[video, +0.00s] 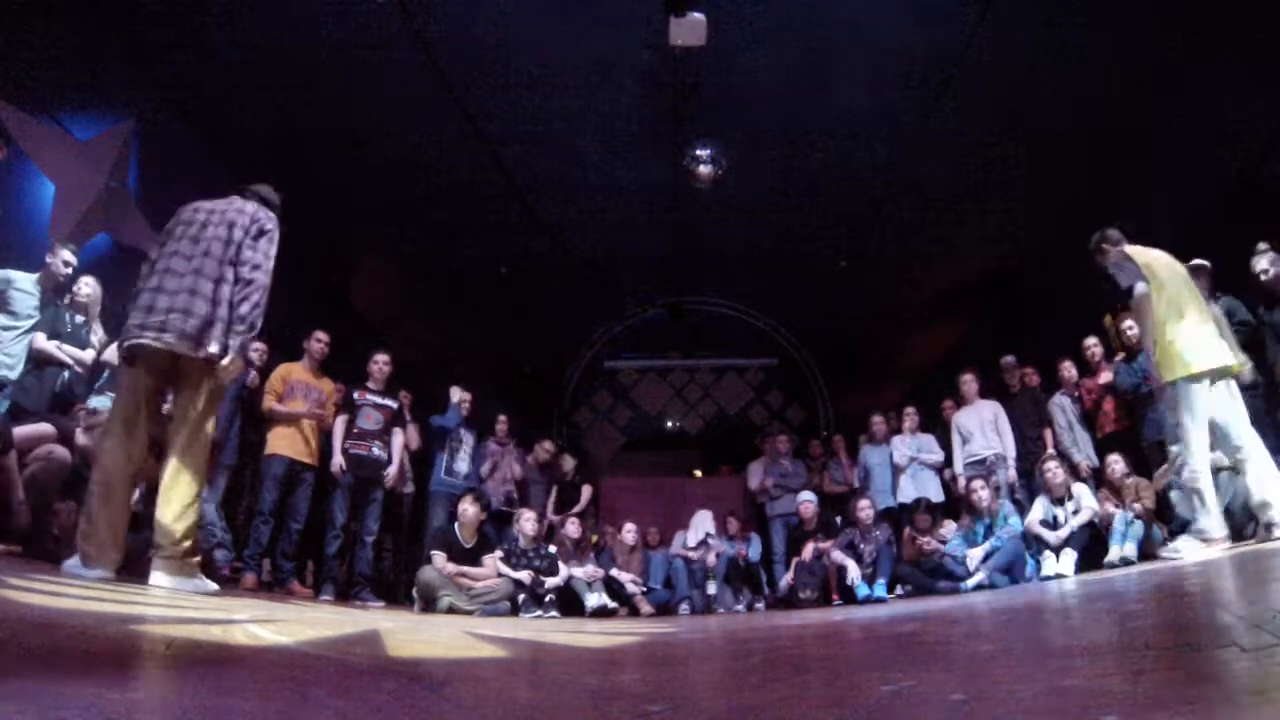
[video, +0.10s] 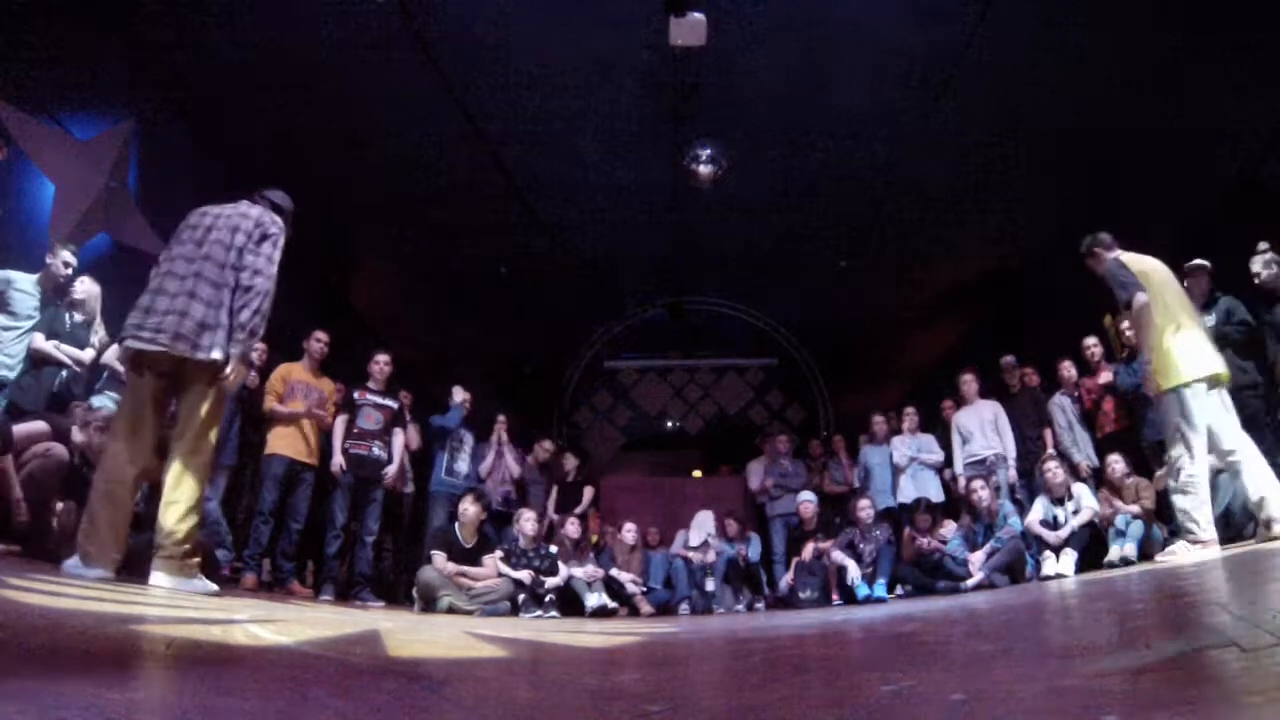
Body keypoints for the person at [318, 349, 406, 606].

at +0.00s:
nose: (380, 367)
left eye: (385, 364)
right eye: (376, 362)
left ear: (391, 369)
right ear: (368, 366)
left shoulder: (395, 403)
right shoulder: (353, 394)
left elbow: (398, 435)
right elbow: (340, 423)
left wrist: (395, 465)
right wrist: (336, 454)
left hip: (377, 467)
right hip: (349, 463)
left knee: (369, 531)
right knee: (337, 526)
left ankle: (361, 586)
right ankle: (328, 584)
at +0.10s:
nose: (381, 367)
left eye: (386, 364)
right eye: (377, 363)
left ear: (391, 369)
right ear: (369, 366)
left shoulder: (396, 404)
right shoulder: (354, 394)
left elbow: (398, 435)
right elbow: (340, 423)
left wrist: (395, 464)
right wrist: (336, 454)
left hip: (377, 468)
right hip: (349, 463)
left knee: (369, 531)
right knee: (337, 527)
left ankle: (361, 586)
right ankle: (328, 584)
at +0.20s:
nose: (381, 368)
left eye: (386, 364)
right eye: (377, 363)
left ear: (392, 370)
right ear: (369, 366)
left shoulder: (396, 404)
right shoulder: (354, 394)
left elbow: (398, 435)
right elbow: (340, 422)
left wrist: (395, 464)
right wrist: (336, 453)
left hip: (377, 468)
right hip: (349, 463)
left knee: (369, 531)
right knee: (337, 526)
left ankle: (361, 586)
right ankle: (328, 584)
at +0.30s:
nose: (382, 368)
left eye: (387, 364)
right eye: (378, 363)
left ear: (393, 370)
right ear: (370, 367)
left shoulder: (396, 404)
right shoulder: (354, 394)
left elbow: (398, 434)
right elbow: (340, 422)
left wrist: (395, 464)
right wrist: (336, 453)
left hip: (377, 467)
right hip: (350, 462)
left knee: (370, 530)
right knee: (338, 526)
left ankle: (361, 586)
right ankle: (328, 583)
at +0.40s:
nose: (382, 368)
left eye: (387, 365)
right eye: (378, 363)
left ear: (393, 370)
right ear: (370, 366)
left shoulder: (396, 403)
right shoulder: (354, 394)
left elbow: (398, 435)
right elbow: (340, 422)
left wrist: (395, 464)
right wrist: (336, 453)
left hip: (378, 467)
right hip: (350, 462)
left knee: (369, 530)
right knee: (338, 525)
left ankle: (361, 586)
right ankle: (328, 583)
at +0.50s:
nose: (383, 368)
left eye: (388, 365)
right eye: (379, 363)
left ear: (393, 370)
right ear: (370, 366)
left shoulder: (396, 403)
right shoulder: (355, 393)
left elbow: (398, 435)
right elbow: (340, 422)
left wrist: (396, 465)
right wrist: (337, 452)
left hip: (378, 466)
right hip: (350, 461)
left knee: (369, 530)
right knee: (338, 526)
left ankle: (361, 586)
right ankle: (328, 584)